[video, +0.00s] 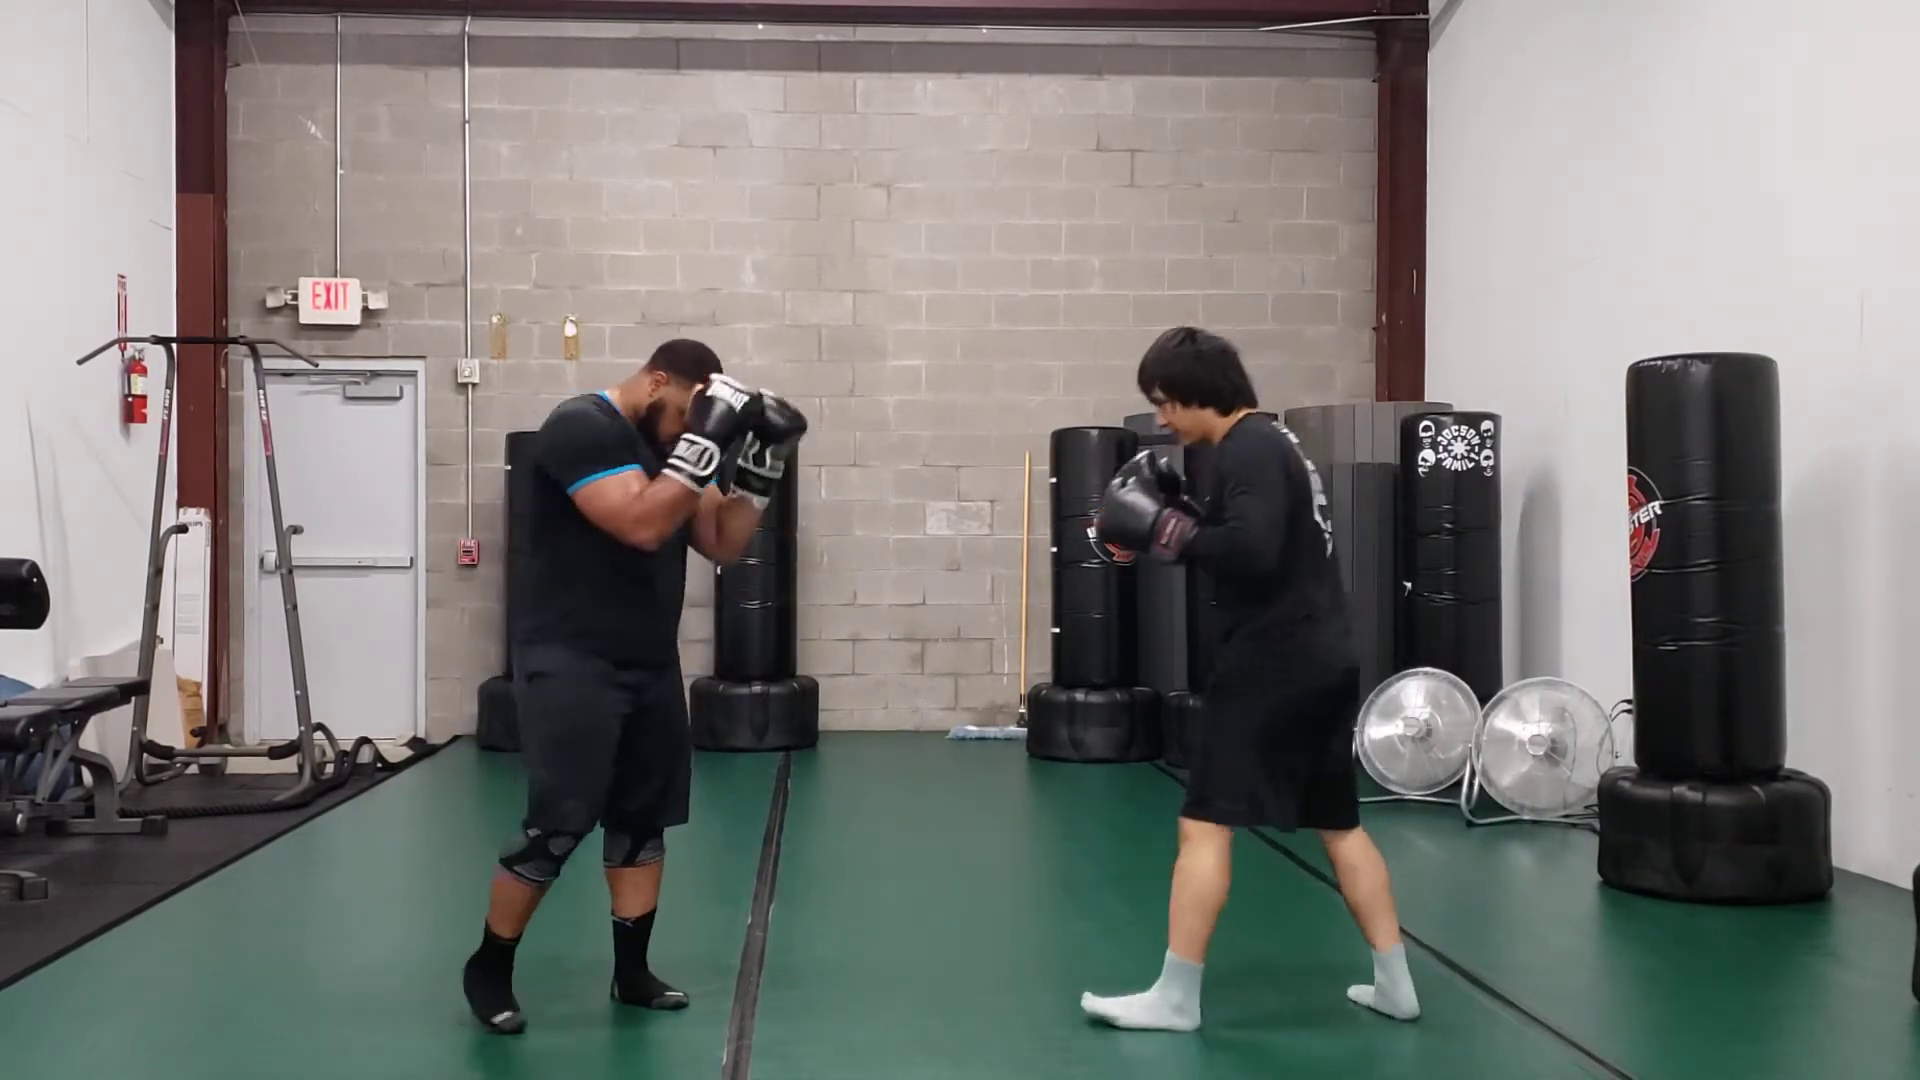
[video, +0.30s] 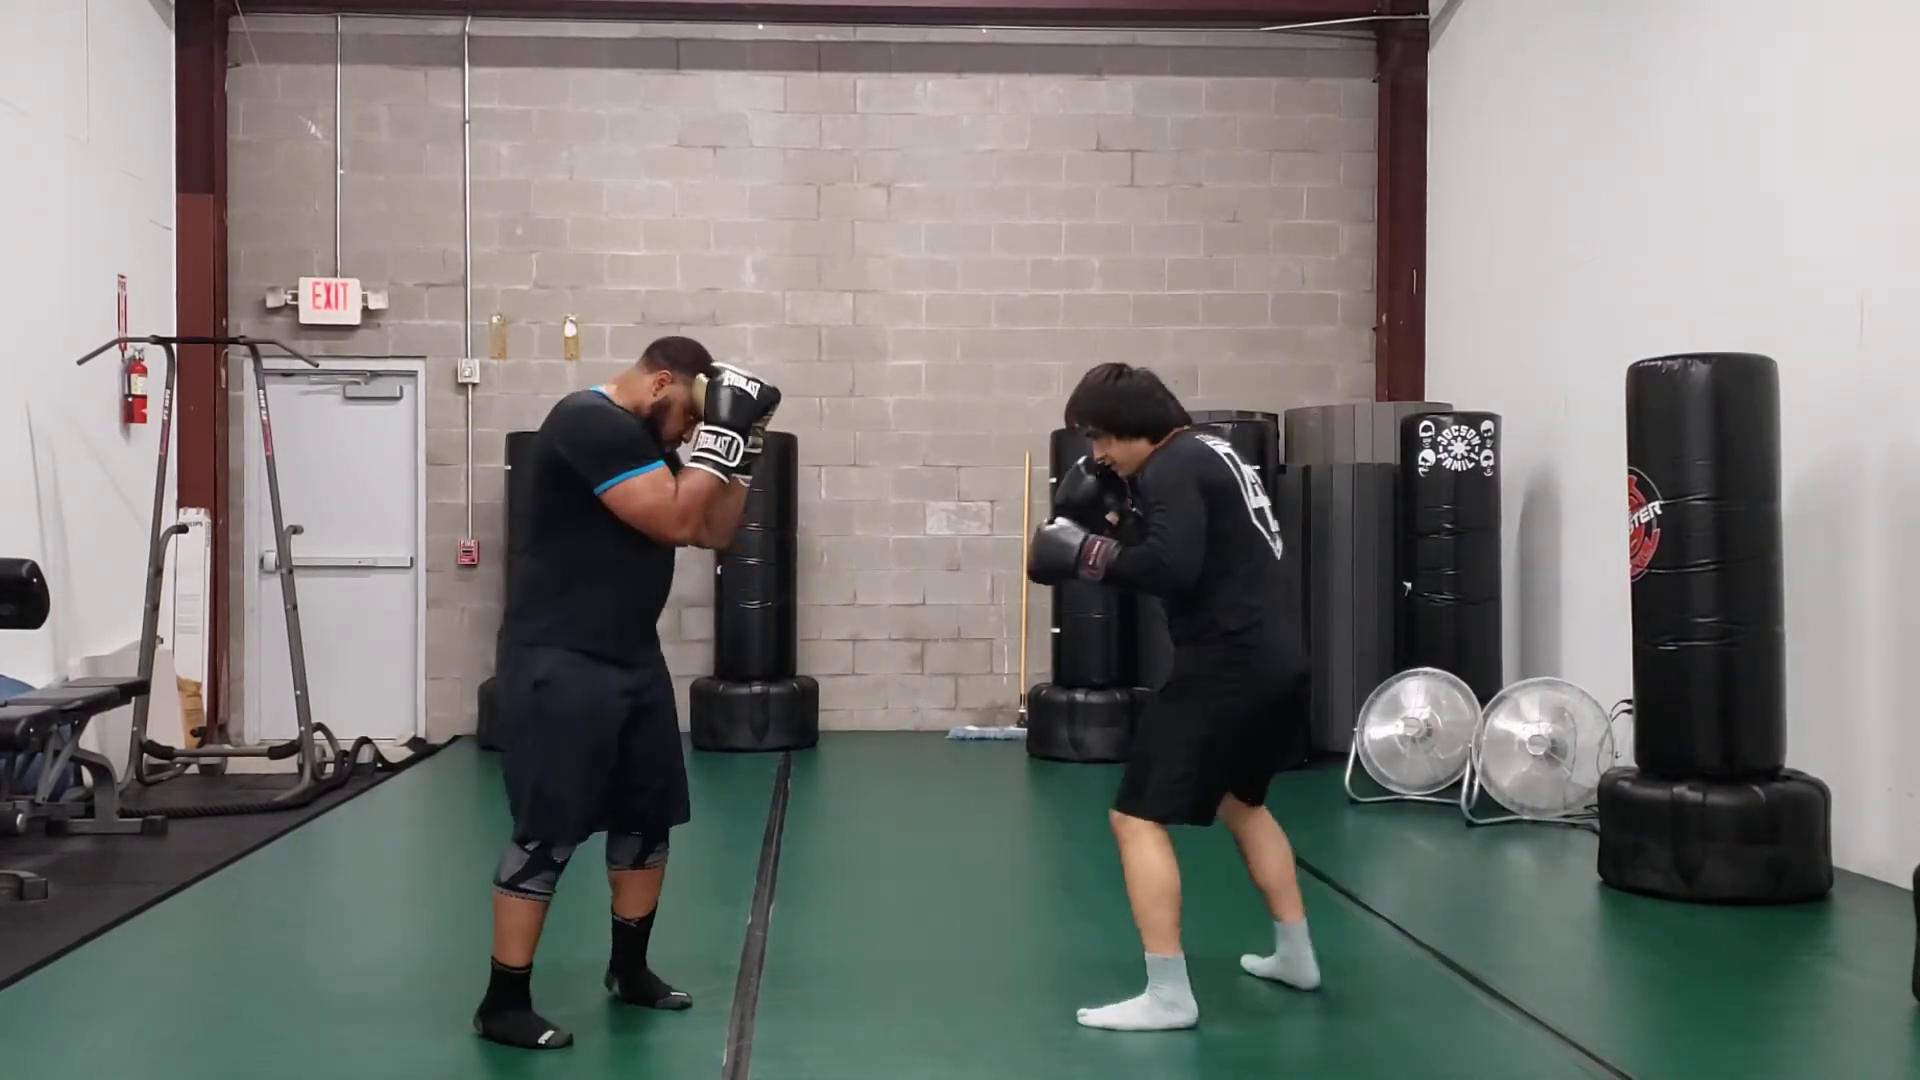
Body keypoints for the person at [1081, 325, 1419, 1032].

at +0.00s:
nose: (1161, 419)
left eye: (1165, 404)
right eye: (1157, 406)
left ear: (1200, 395)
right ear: (1224, 391)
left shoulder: (1247, 451)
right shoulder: (1269, 442)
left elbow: (1254, 548)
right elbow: (1242, 540)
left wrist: (1168, 532)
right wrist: (1161, 524)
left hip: (1266, 671)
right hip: (1324, 668)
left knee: (1204, 822)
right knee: (1340, 821)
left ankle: (1176, 995)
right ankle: (1396, 983)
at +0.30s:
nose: (1096, 454)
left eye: (1100, 439)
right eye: (1092, 441)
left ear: (1134, 427)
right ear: (1157, 420)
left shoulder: (1173, 471)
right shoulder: (1211, 452)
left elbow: (1172, 566)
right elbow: (1200, 550)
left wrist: (1091, 553)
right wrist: (1121, 518)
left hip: (1219, 670)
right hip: (1270, 665)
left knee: (1135, 814)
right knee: (1240, 801)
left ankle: (1168, 994)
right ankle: (1297, 955)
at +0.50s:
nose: (1079, 456)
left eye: (1084, 441)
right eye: (1076, 442)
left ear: (1118, 435)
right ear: (1141, 429)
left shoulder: (1150, 478)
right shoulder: (1191, 465)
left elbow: (1133, 564)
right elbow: (1174, 557)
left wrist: (1063, 552)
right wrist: (1094, 529)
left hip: (1181, 676)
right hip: (1229, 676)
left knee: (1051, 792)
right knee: (1218, 816)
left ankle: (1086, 960)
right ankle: (1296, 961)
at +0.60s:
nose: (1044, 450)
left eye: (1047, 435)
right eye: (1040, 437)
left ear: (1081, 427)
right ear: (1108, 420)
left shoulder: (1103, 469)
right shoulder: (1167, 461)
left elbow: (1031, 533)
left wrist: (959, 493)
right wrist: (997, 500)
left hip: (1144, 670)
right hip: (1201, 668)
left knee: (1033, 803)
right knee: (1207, 812)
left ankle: (1009, 980)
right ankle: (1291, 955)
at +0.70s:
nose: (1002, 458)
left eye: (1005, 445)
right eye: (1001, 446)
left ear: (1036, 441)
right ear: (1071, 432)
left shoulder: (1042, 487)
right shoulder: (1133, 467)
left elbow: (942, 493)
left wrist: (863, 460)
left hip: (1102, 681)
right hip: (1177, 676)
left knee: (1006, 822)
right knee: (1166, 793)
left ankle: (1009, 999)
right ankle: (1247, 928)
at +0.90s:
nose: (974, 481)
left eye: (975, 466)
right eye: (971, 467)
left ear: (1004, 462)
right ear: (1034, 456)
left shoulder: (1024, 507)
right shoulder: (1099, 491)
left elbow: (952, 551)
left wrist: (883, 497)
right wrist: (941, 515)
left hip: (1072, 692)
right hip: (1142, 688)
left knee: (974, 830)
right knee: (1125, 799)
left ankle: (1005, 1000)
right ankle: (1175, 939)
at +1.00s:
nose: (978, 441)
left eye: (980, 428)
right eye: (974, 429)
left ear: (1008, 420)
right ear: (1037, 411)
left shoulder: (1043, 468)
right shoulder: (1092, 449)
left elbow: (1030, 551)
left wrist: (952, 523)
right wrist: (985, 494)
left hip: (1071, 655)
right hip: (1127, 648)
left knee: (1011, 802)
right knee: (1113, 776)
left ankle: (1006, 974)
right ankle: (1169, 917)